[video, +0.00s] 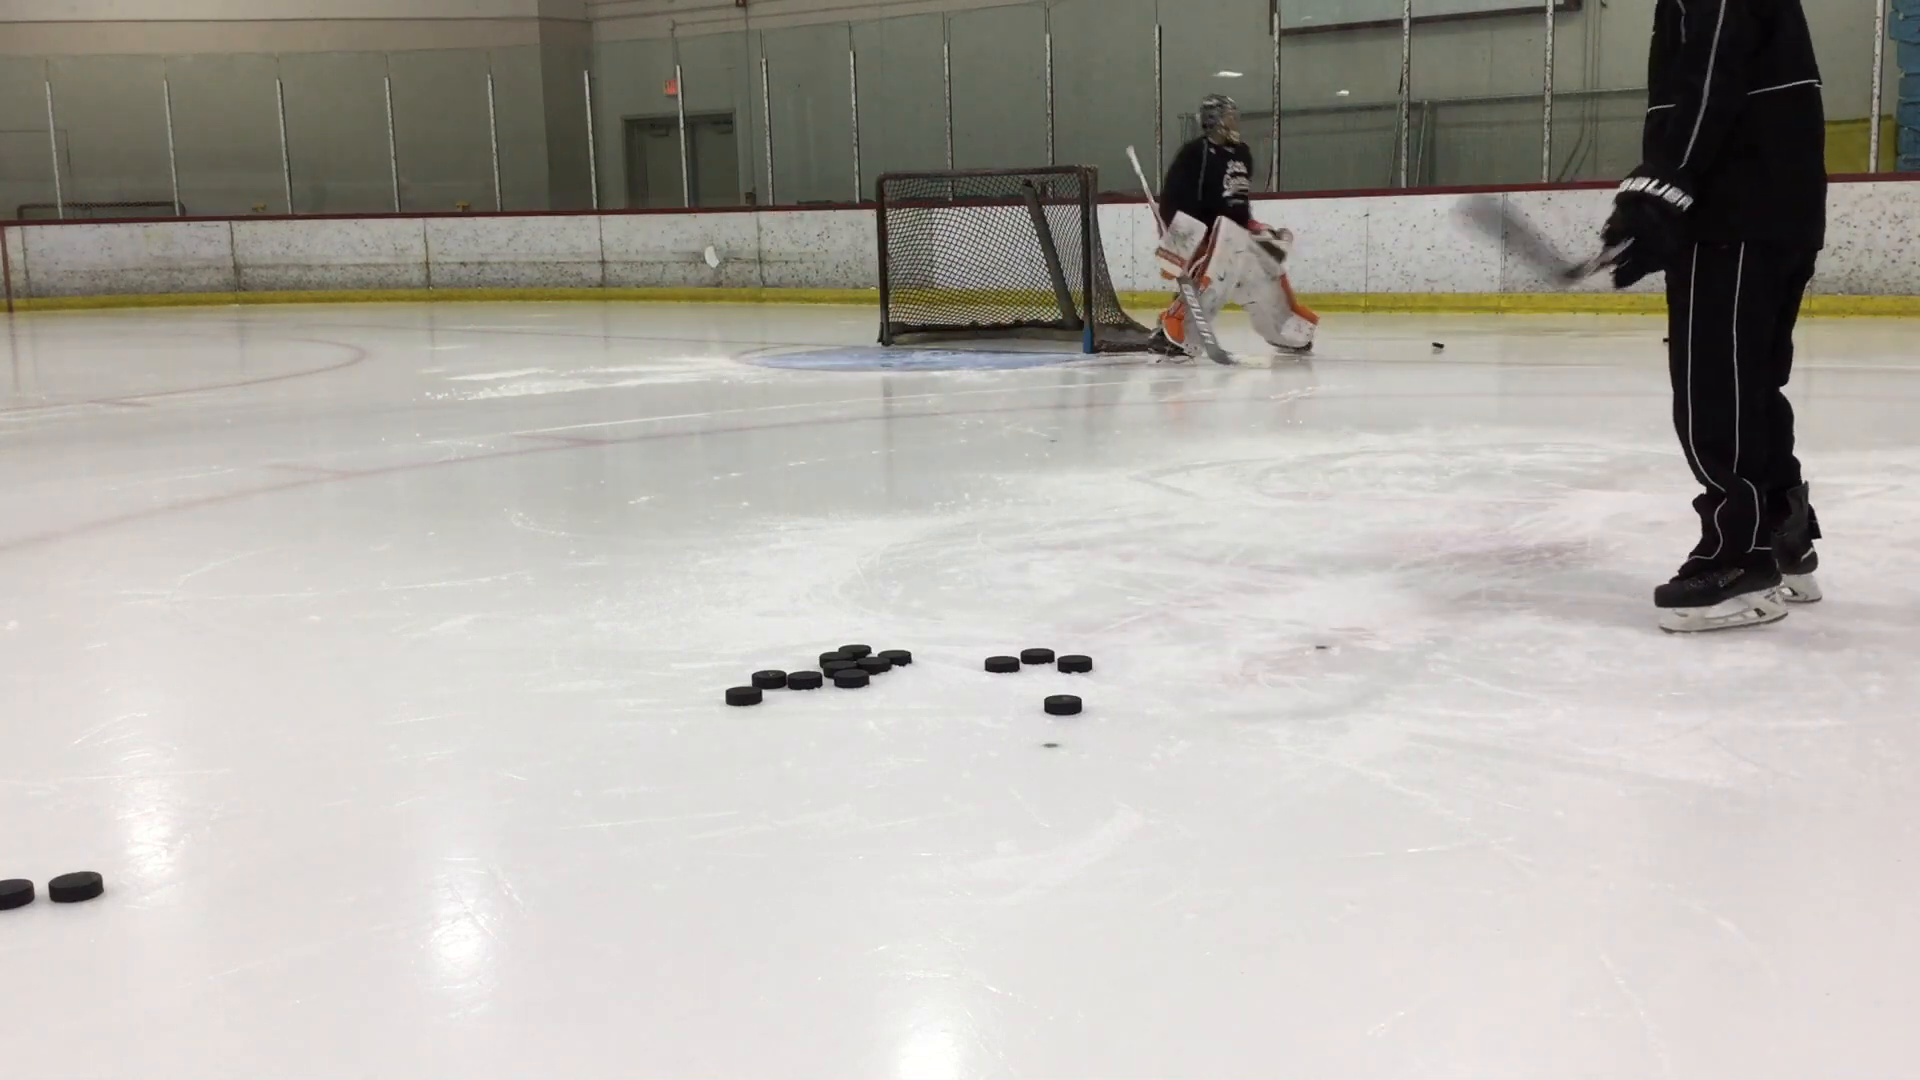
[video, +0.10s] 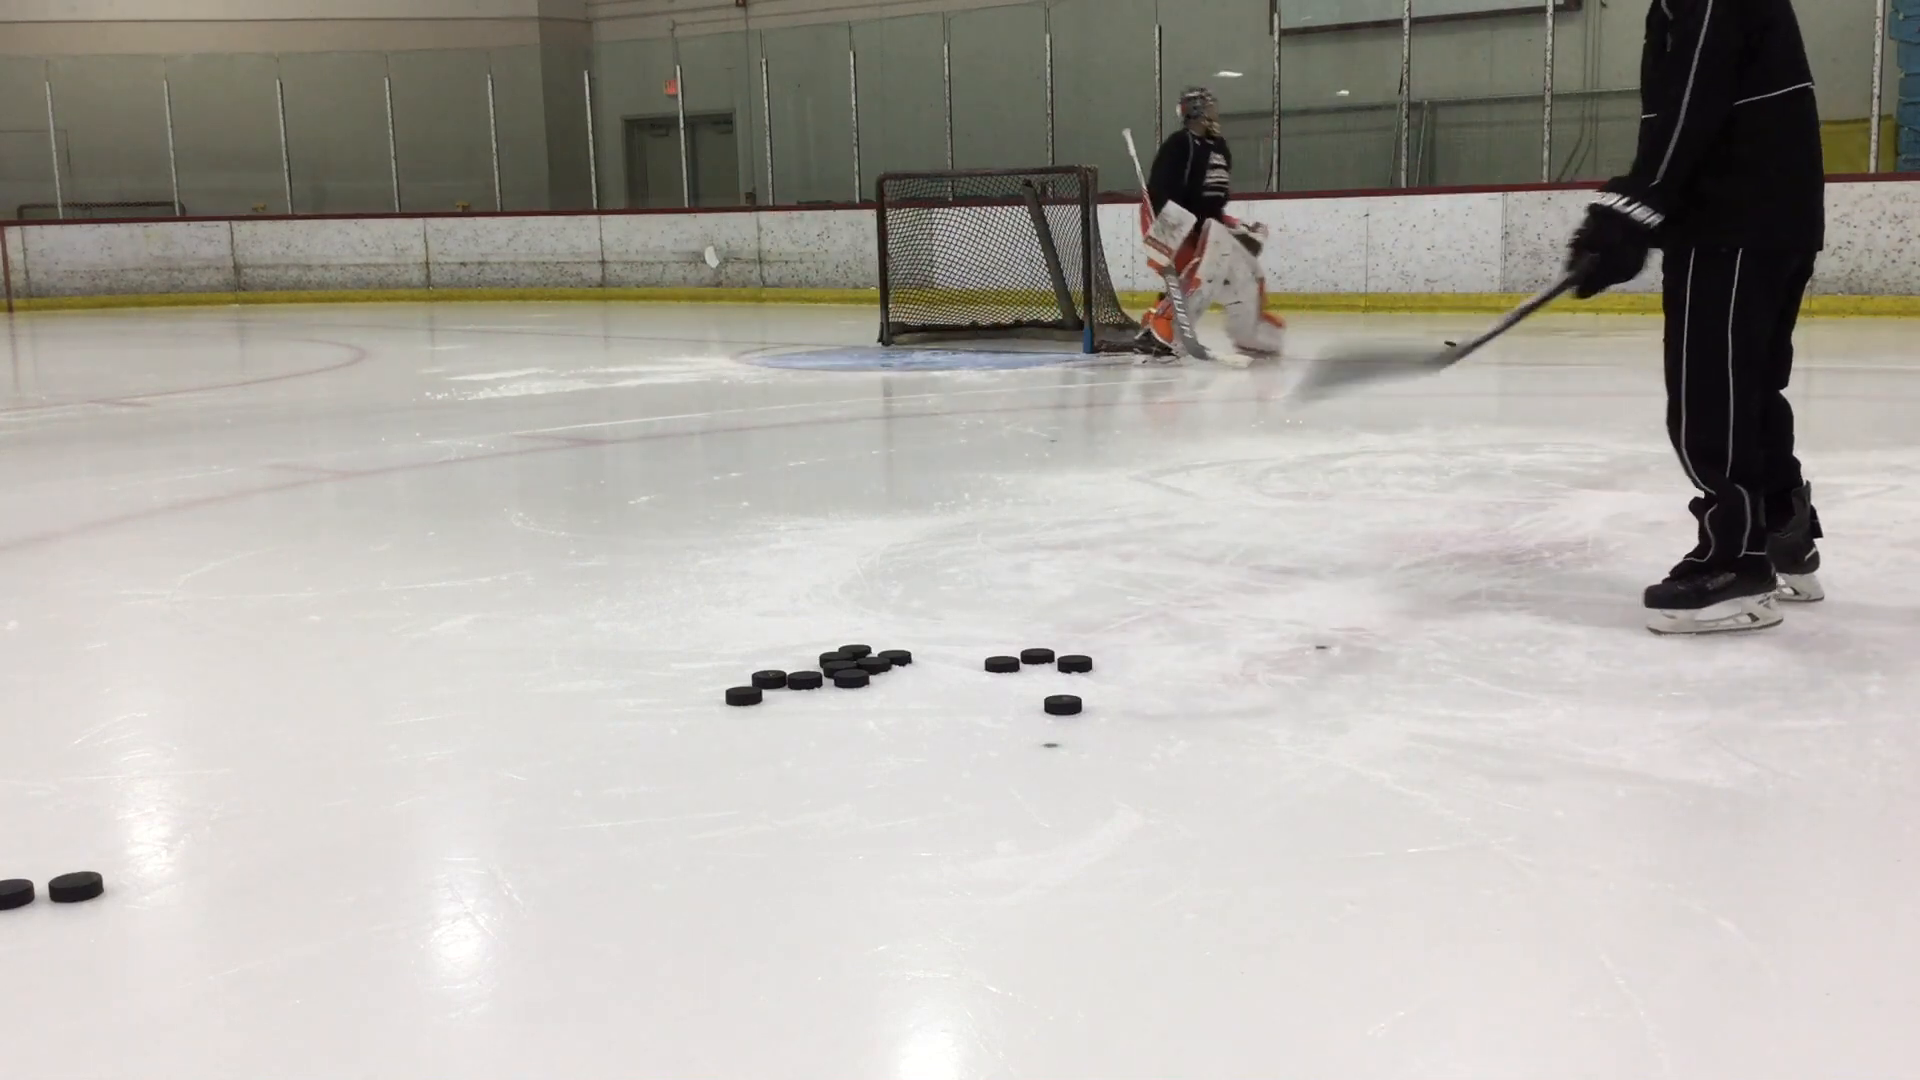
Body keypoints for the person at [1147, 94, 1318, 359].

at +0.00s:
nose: (1235, 121)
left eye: (1235, 116)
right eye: (1229, 117)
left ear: (1232, 118)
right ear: (1213, 120)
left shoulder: (1241, 152)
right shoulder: (1194, 153)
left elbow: (1237, 198)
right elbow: (1172, 203)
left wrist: (1249, 227)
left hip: (1234, 234)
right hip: (1202, 233)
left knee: (1262, 278)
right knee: (1212, 283)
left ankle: (1287, 332)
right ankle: (1173, 334)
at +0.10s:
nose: (1212, 113)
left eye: (1212, 107)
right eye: (1206, 108)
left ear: (1211, 110)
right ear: (1192, 112)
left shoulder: (1219, 146)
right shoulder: (1179, 144)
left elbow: (1217, 195)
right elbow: (1161, 192)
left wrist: (1226, 224)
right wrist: (1191, 225)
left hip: (1212, 229)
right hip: (1182, 228)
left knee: (1245, 271)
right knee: (1204, 275)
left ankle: (1249, 336)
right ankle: (1162, 332)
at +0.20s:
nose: (1193, 109)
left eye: (1192, 104)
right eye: (1186, 105)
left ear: (1186, 106)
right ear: (1174, 109)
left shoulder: (1199, 140)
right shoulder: (1164, 137)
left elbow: (1198, 182)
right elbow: (1147, 180)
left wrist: (1197, 213)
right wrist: (1168, 217)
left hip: (1192, 218)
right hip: (1167, 219)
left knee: (1224, 271)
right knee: (1179, 279)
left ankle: (1214, 335)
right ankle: (1140, 333)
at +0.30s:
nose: (1169, 106)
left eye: (1170, 100)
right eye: (1163, 101)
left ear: (1173, 102)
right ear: (1159, 104)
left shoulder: (1182, 139)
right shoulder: (1149, 135)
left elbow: (1180, 180)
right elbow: (1132, 177)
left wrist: (1180, 211)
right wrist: (1143, 213)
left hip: (1172, 217)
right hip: (1148, 218)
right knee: (1151, 276)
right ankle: (1114, 332)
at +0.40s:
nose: (1161, 101)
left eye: (1161, 96)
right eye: (1156, 97)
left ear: (1157, 100)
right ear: (1146, 101)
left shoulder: (1167, 136)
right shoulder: (1136, 131)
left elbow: (1165, 177)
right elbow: (1117, 175)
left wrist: (1166, 211)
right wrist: (1116, 223)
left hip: (1159, 217)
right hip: (1133, 218)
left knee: (1183, 270)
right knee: (1129, 274)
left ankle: (1158, 327)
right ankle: (1087, 331)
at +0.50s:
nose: (1146, 100)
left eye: (1146, 94)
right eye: (1140, 95)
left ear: (1140, 97)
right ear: (1130, 98)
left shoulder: (1152, 133)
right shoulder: (1119, 128)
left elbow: (1145, 182)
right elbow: (1095, 173)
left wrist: (1162, 210)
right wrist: (1099, 217)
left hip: (1145, 216)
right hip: (1115, 215)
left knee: (1163, 272)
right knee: (1110, 275)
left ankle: (1141, 332)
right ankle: (1066, 334)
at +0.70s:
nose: (1107, 92)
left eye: (1109, 87)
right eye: (1100, 87)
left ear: (1113, 90)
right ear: (1090, 92)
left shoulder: (1125, 127)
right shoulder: (1082, 119)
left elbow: (1117, 178)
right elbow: (1054, 157)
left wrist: (1144, 197)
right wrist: (1069, 200)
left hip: (1115, 216)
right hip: (1085, 212)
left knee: (1123, 275)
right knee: (1070, 276)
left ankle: (1101, 335)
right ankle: (1042, 336)